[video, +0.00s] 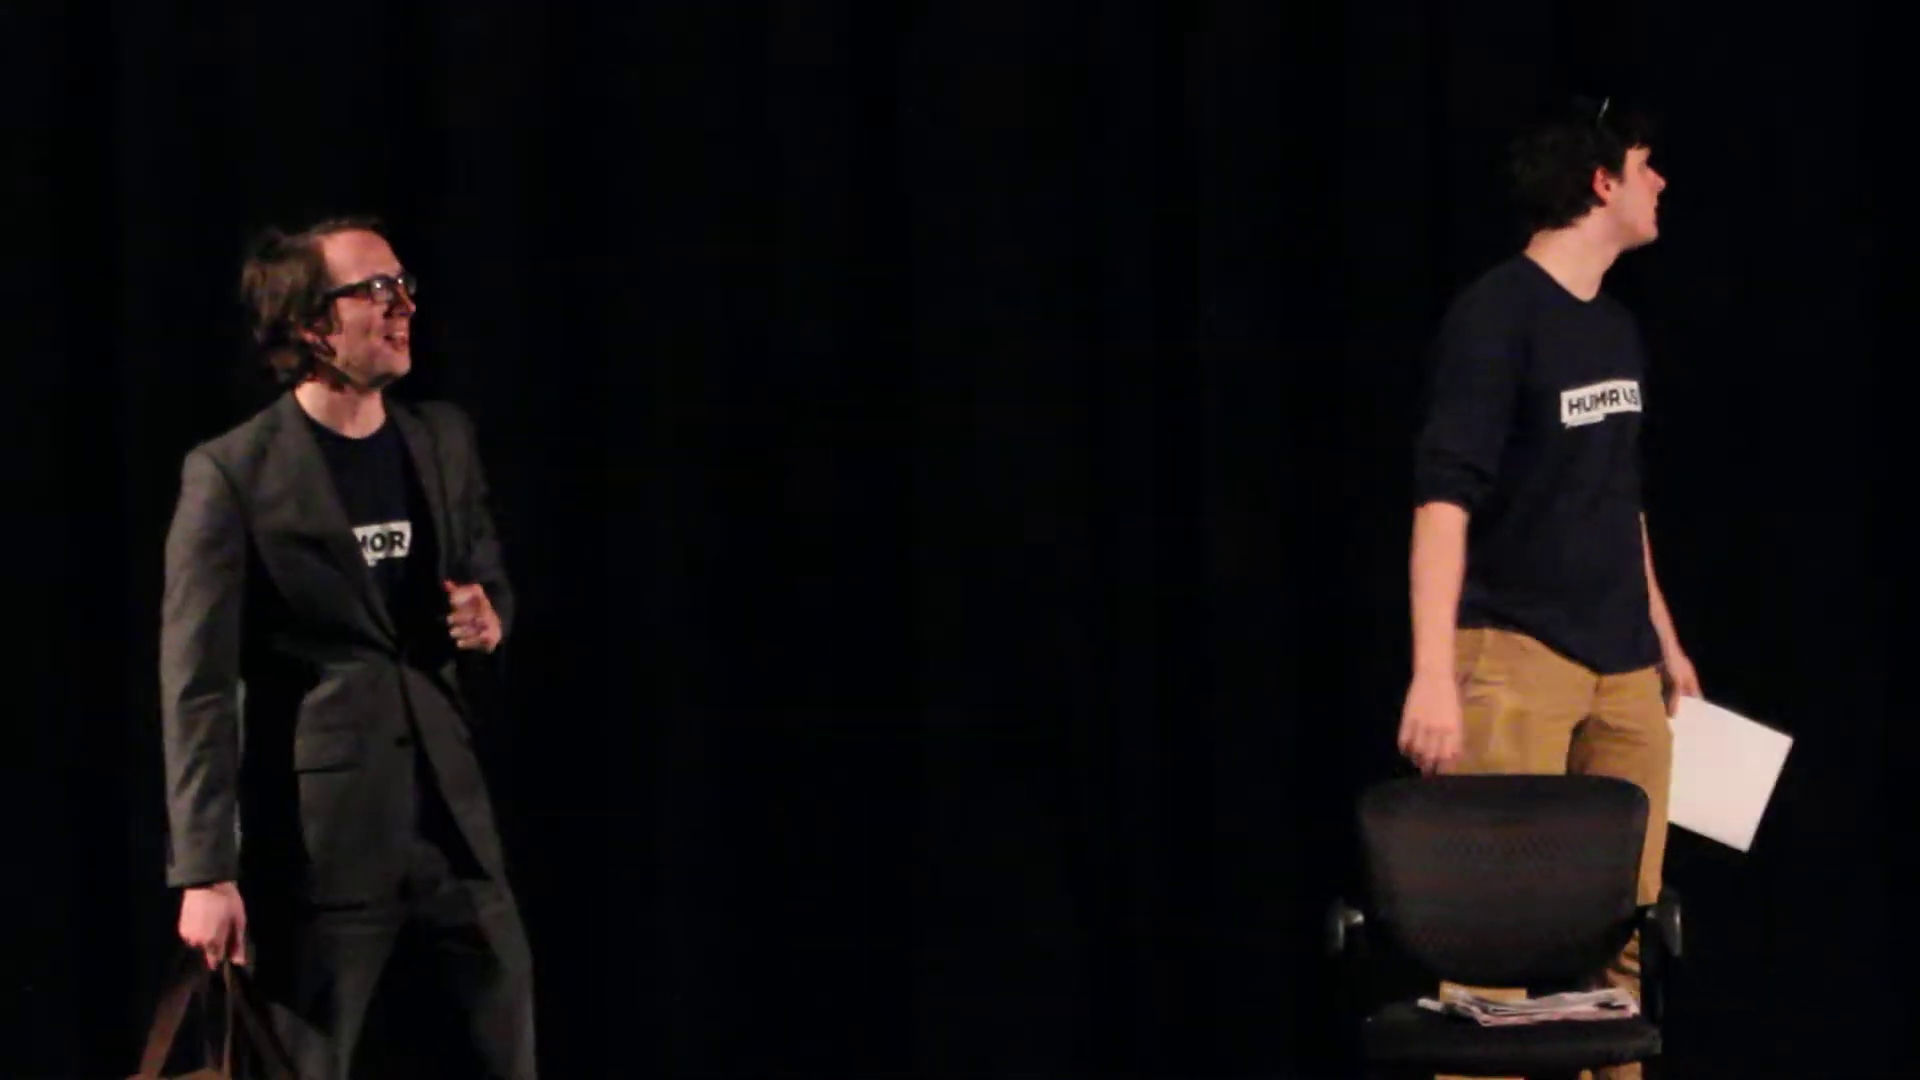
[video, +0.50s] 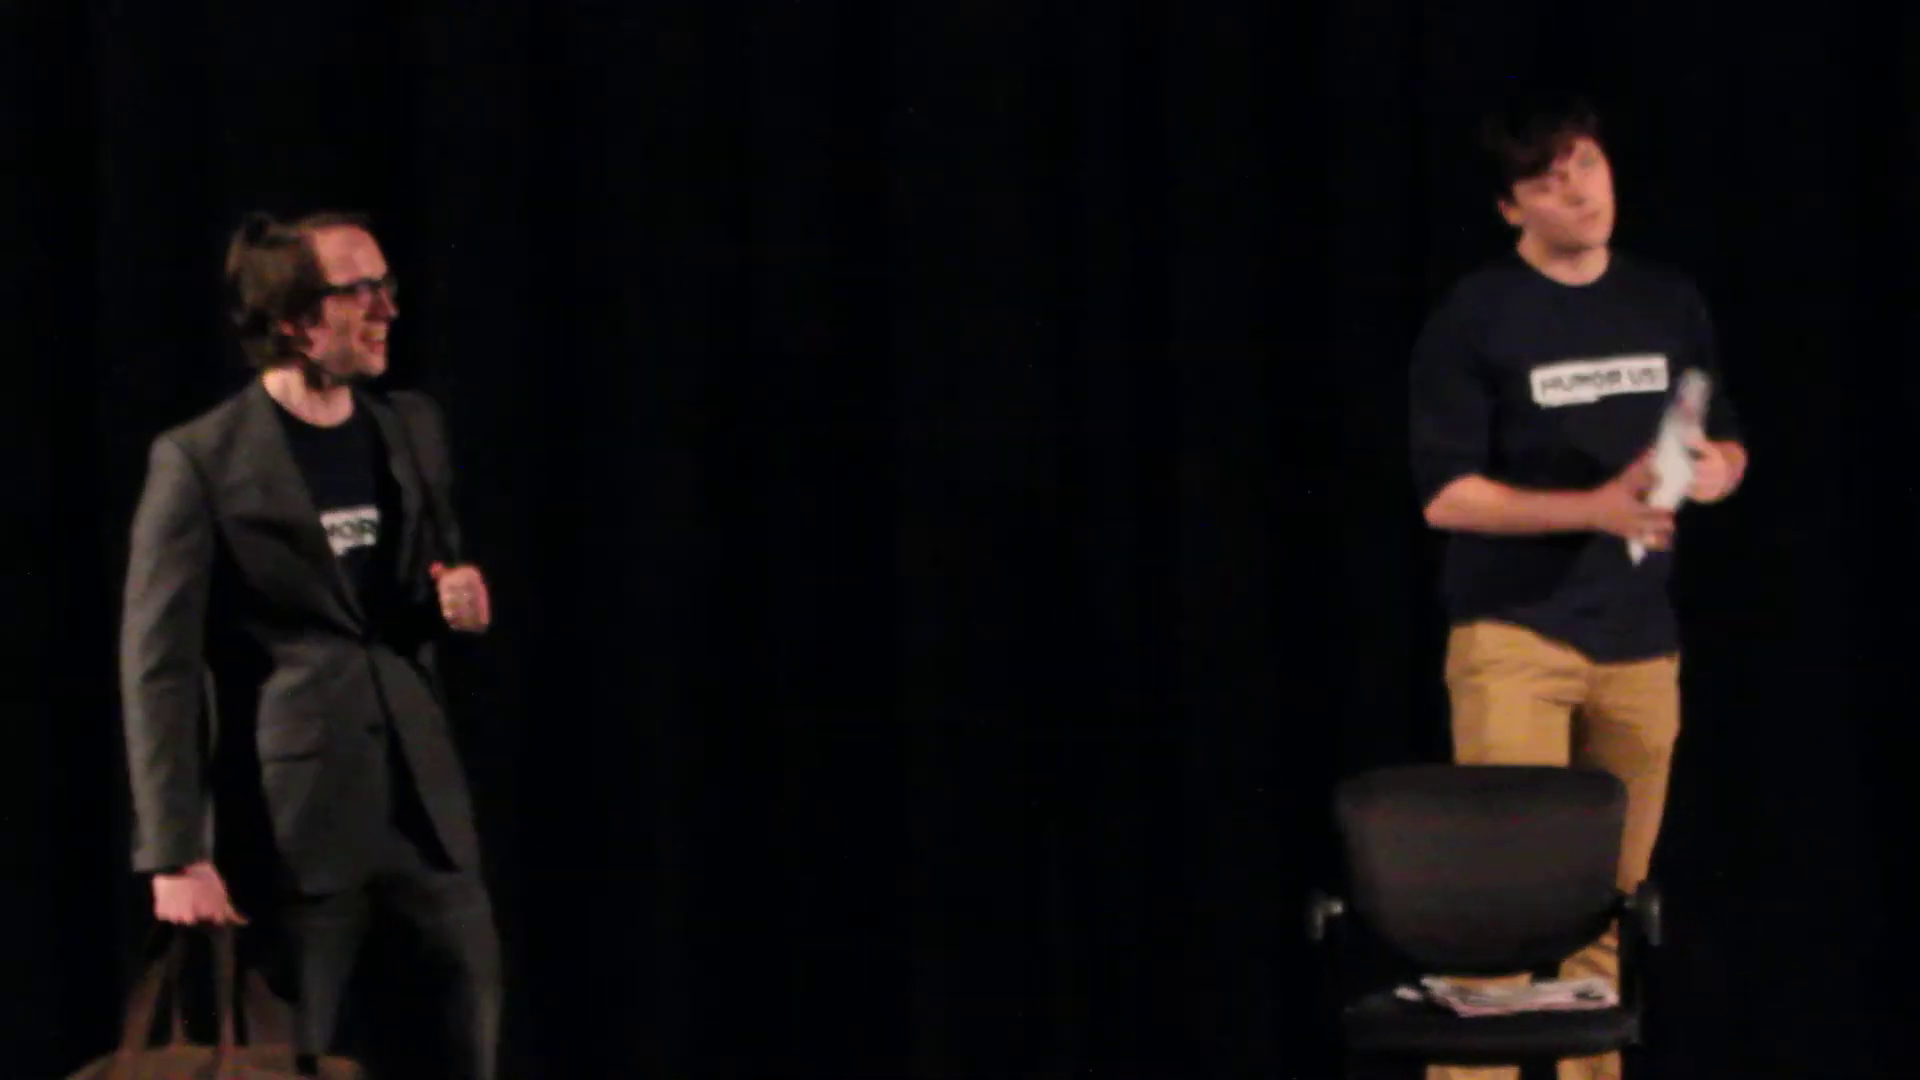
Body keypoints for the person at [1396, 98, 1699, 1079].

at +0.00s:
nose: (1660, 185)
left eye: (1652, 167)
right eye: (1645, 168)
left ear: (1599, 186)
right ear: (1600, 185)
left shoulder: (1616, 327)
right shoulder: (1495, 315)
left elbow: (1620, 507)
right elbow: (1443, 501)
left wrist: (1665, 643)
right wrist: (1432, 674)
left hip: (1626, 661)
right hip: (1512, 656)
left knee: (1621, 924)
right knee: (1493, 923)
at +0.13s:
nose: (1668, 171)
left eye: (1659, 153)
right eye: (1648, 156)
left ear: (1611, 180)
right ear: (1596, 181)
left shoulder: (1622, 315)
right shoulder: (1499, 314)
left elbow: (1611, 499)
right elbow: (1468, 501)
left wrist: (1662, 627)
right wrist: (1508, 667)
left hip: (1634, 652)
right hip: (1529, 650)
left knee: (1611, 913)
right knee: (1517, 912)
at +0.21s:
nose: (1669, 169)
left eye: (1659, 153)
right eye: (1644, 158)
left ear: (1606, 190)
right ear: (1587, 190)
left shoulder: (1630, 310)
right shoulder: (1504, 314)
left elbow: (1623, 499)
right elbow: (1469, 499)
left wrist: (1706, 612)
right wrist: (1566, 640)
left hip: (1640, 645)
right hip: (1525, 645)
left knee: (1617, 907)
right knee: (1523, 906)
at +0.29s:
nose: (1655, 170)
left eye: (1648, 153)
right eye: (1626, 161)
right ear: (1567, 197)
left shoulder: (1642, 304)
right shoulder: (1498, 312)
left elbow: (1646, 473)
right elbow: (1469, 500)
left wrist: (1733, 565)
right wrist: (1610, 602)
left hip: (1641, 642)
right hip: (1523, 644)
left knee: (1615, 908)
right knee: (1520, 905)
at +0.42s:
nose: (1617, 179)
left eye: (1617, 159)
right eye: (1587, 169)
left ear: (1626, 170)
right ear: (1532, 199)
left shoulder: (1657, 299)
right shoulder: (1482, 315)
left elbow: (1687, 440)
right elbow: (1458, 497)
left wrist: (1719, 484)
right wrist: (1610, 536)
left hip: (1641, 637)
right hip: (1517, 636)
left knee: (1613, 893)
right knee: (1507, 884)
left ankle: (1595, 1076)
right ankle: (1472, 1077)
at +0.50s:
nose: (1582, 189)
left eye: (1589, 165)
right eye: (1552, 178)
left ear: (1612, 173)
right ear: (1513, 206)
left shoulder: (1665, 301)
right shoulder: (1474, 317)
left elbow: (1714, 436)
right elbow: (1445, 496)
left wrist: (1720, 465)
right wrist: (1593, 507)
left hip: (1638, 636)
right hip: (1511, 635)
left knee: (1610, 891)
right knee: (1502, 883)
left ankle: (1592, 1076)